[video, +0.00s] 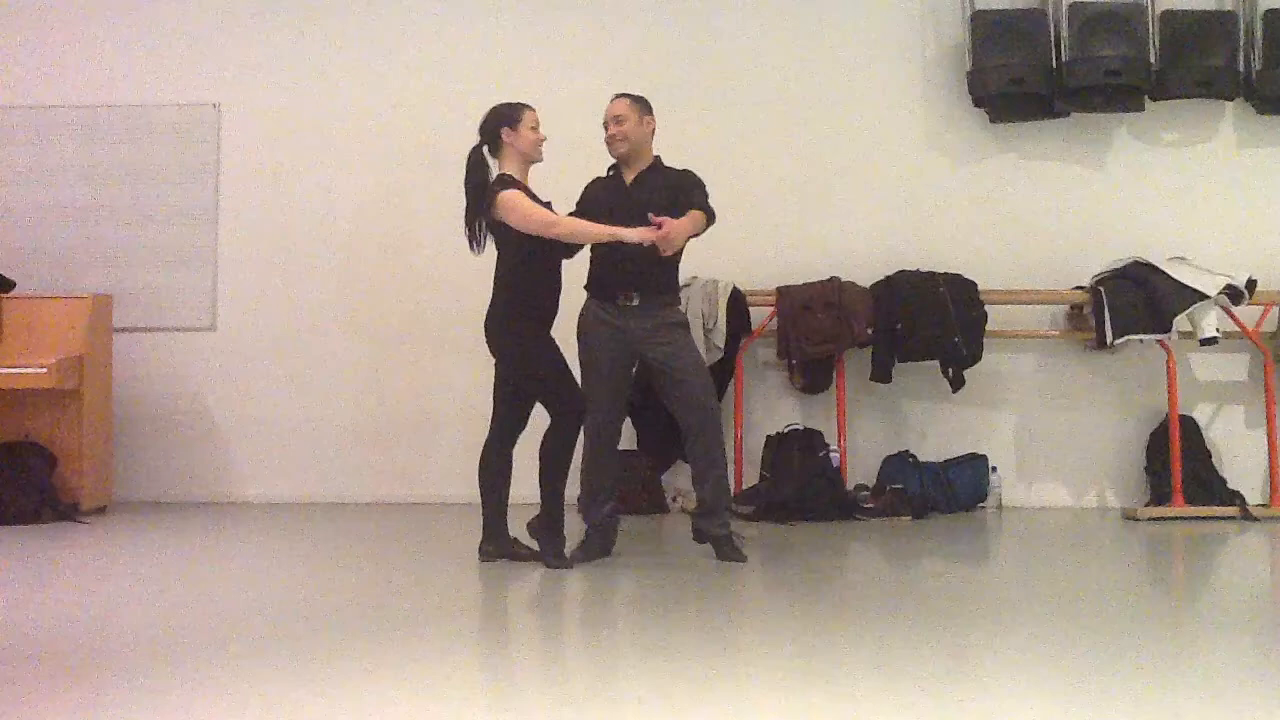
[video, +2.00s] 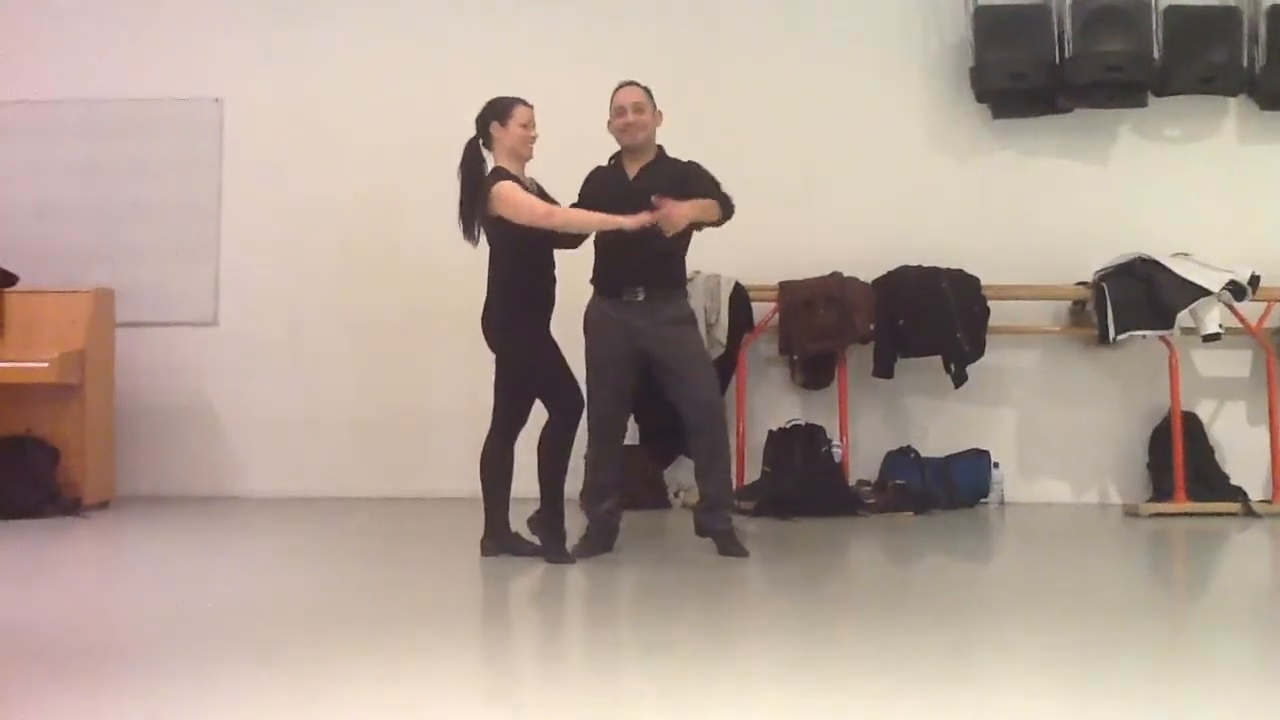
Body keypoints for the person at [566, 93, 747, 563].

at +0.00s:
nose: (610, 130)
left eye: (619, 121)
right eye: (606, 124)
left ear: (649, 126)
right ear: (605, 134)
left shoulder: (681, 181)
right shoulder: (597, 191)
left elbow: (702, 213)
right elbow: (568, 244)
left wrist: (683, 227)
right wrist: (528, 229)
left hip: (662, 320)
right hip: (604, 320)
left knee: (703, 411)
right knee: (601, 420)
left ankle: (714, 523)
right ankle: (599, 529)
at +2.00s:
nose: (628, 118)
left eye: (638, 110)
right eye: (619, 112)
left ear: (657, 118)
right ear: (609, 124)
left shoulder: (684, 174)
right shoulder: (598, 182)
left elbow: (723, 208)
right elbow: (570, 235)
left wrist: (688, 211)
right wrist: (523, 224)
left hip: (669, 314)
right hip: (610, 315)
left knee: (706, 407)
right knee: (605, 419)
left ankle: (717, 519)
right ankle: (601, 525)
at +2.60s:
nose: (593, 117)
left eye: (604, 109)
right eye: (585, 110)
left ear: (623, 120)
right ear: (574, 122)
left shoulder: (643, 180)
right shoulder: (559, 181)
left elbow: (689, 240)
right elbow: (519, 216)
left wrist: (673, 210)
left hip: (642, 315)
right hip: (585, 319)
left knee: (679, 415)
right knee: (572, 419)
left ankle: (718, 519)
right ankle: (572, 529)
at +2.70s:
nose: (583, 119)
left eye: (593, 112)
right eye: (575, 113)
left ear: (613, 123)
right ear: (565, 124)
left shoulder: (638, 189)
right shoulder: (554, 182)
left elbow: (662, 258)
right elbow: (516, 220)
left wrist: (623, 263)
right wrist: (481, 193)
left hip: (626, 319)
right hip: (571, 321)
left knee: (664, 412)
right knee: (562, 417)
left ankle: (717, 508)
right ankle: (571, 527)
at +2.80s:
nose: (581, 119)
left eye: (592, 112)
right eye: (573, 112)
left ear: (611, 123)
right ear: (563, 124)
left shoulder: (635, 188)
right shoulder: (554, 181)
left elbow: (648, 260)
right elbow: (521, 226)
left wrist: (595, 268)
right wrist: (480, 203)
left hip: (621, 316)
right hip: (567, 318)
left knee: (641, 406)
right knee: (562, 419)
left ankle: (692, 487)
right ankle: (571, 523)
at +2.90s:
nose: (579, 121)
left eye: (589, 113)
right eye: (571, 114)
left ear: (608, 125)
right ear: (561, 126)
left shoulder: (630, 187)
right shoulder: (549, 186)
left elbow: (626, 255)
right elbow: (532, 238)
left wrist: (573, 248)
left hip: (617, 315)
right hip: (565, 315)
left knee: (618, 407)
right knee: (560, 418)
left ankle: (650, 471)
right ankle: (570, 522)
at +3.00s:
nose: (576, 120)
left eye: (587, 113)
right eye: (568, 114)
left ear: (606, 126)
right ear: (558, 128)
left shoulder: (625, 183)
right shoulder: (550, 187)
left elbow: (615, 241)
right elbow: (525, 245)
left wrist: (548, 206)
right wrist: (484, 228)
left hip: (615, 319)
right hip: (562, 319)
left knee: (600, 415)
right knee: (556, 417)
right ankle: (567, 519)